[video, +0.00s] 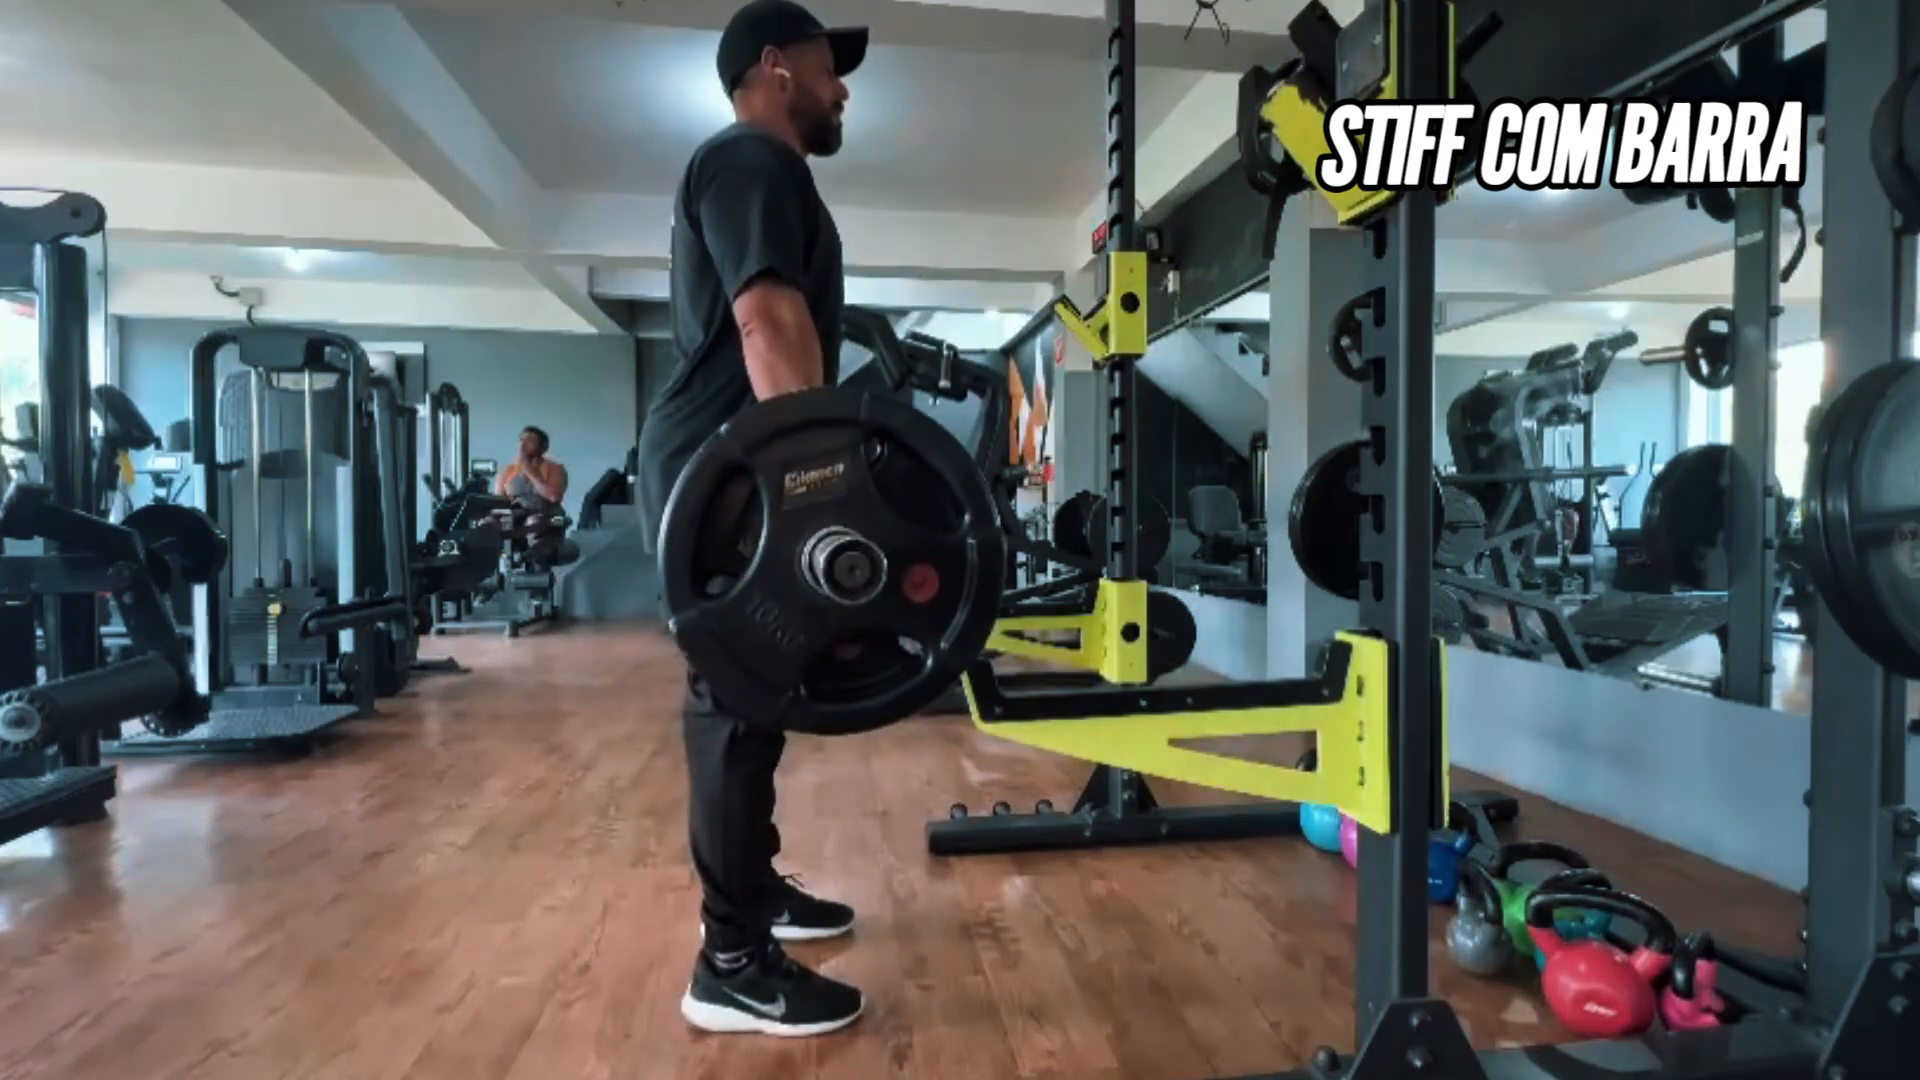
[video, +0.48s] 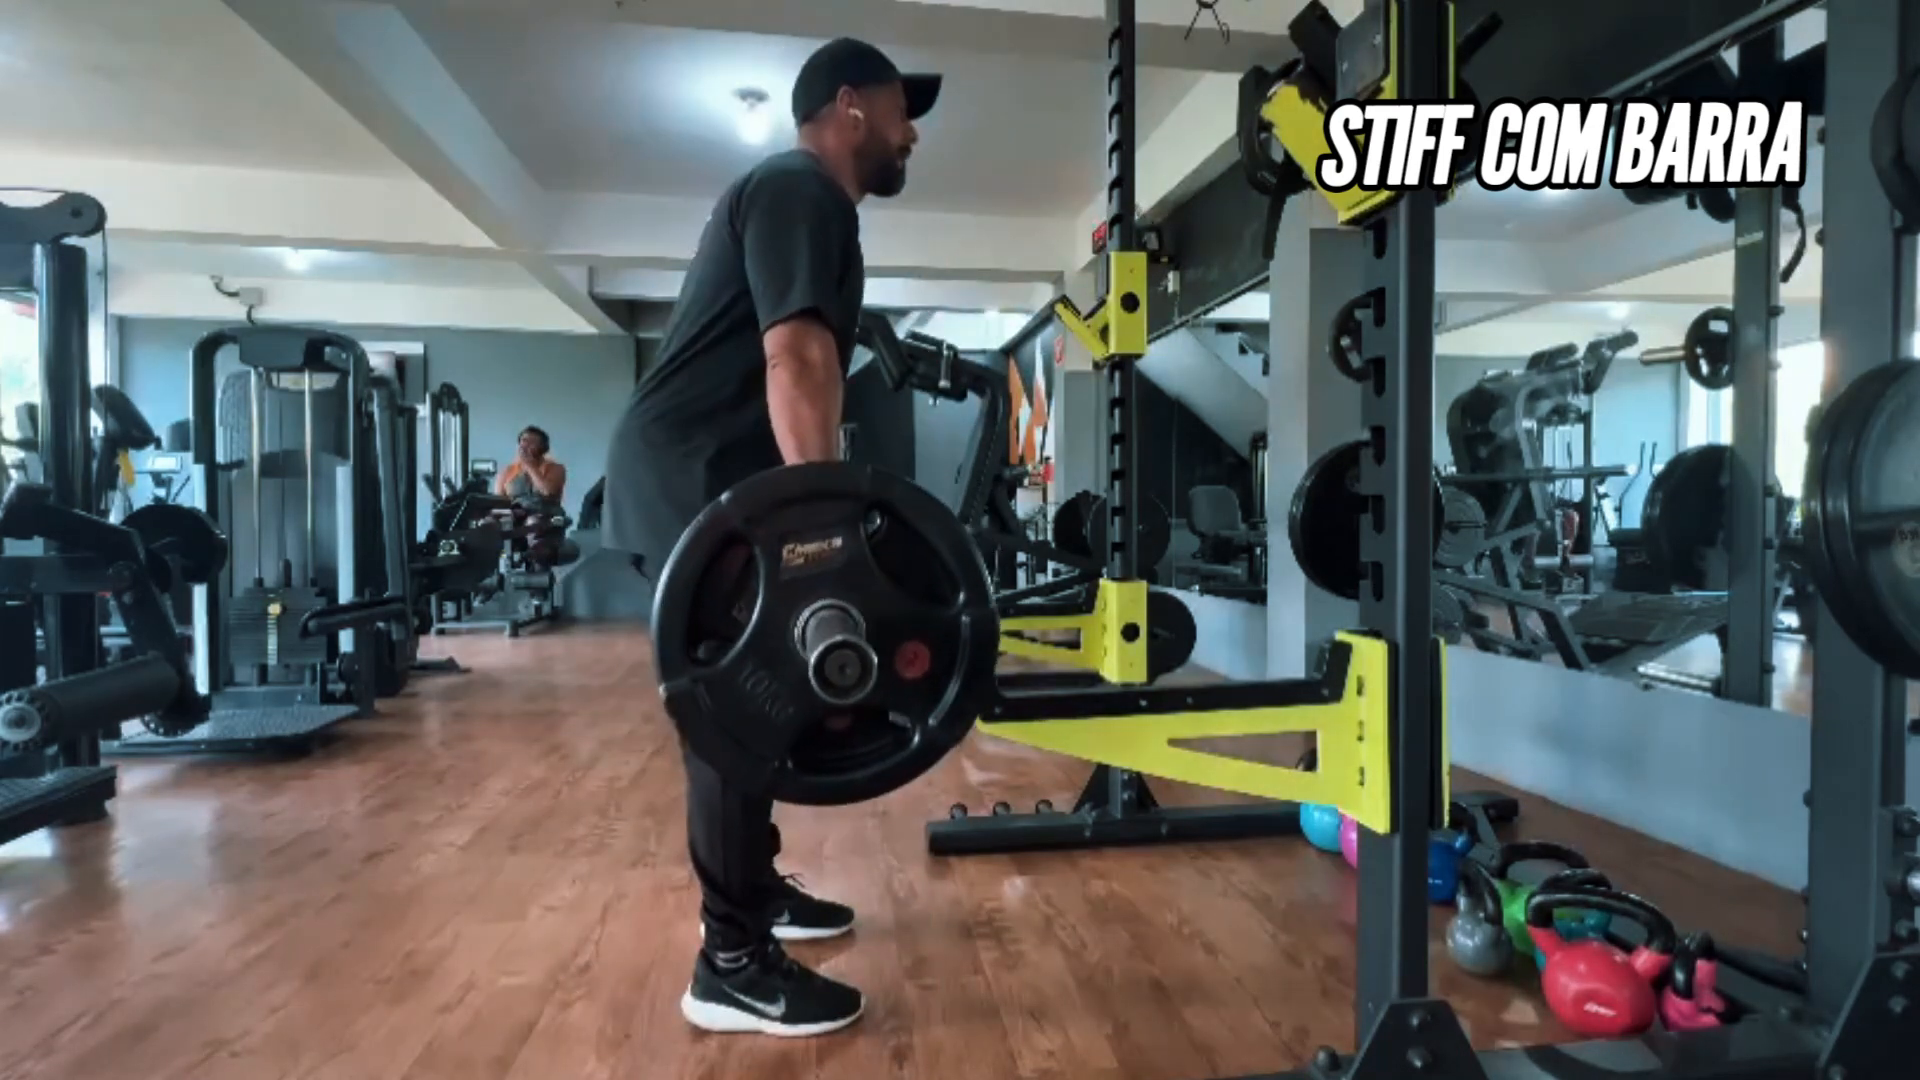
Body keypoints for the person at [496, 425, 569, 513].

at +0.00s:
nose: (523, 444)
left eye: (529, 440)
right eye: (522, 440)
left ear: (541, 446)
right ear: (519, 442)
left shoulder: (555, 470)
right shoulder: (509, 471)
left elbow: (554, 497)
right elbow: (500, 499)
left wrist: (529, 471)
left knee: (533, 522)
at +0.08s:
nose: (523, 444)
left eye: (530, 440)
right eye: (522, 440)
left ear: (541, 446)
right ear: (519, 442)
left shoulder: (555, 470)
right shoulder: (509, 471)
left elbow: (554, 497)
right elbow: (500, 499)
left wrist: (529, 471)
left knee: (533, 522)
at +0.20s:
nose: (523, 444)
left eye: (529, 440)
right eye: (521, 440)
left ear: (541, 446)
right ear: (518, 443)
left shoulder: (556, 469)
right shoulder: (509, 471)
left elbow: (553, 496)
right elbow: (500, 501)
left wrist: (527, 468)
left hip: (546, 519)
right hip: (515, 520)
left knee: (534, 523)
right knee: (486, 525)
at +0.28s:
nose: (523, 446)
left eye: (529, 442)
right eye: (521, 441)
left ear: (542, 447)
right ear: (518, 443)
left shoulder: (555, 470)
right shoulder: (508, 471)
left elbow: (552, 495)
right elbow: (500, 501)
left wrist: (528, 468)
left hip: (546, 519)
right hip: (515, 520)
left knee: (534, 523)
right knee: (486, 525)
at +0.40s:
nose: (524, 446)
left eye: (530, 442)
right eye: (522, 441)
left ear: (542, 447)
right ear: (518, 444)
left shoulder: (555, 469)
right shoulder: (508, 471)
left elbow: (549, 493)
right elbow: (500, 500)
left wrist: (527, 465)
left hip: (544, 516)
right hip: (514, 517)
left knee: (534, 524)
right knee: (487, 525)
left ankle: (540, 572)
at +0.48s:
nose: (525, 445)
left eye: (531, 442)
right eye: (523, 441)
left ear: (543, 448)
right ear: (518, 444)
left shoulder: (555, 469)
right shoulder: (508, 471)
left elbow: (548, 491)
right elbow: (500, 500)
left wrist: (528, 465)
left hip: (545, 517)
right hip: (514, 518)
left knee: (533, 523)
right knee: (487, 524)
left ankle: (540, 573)